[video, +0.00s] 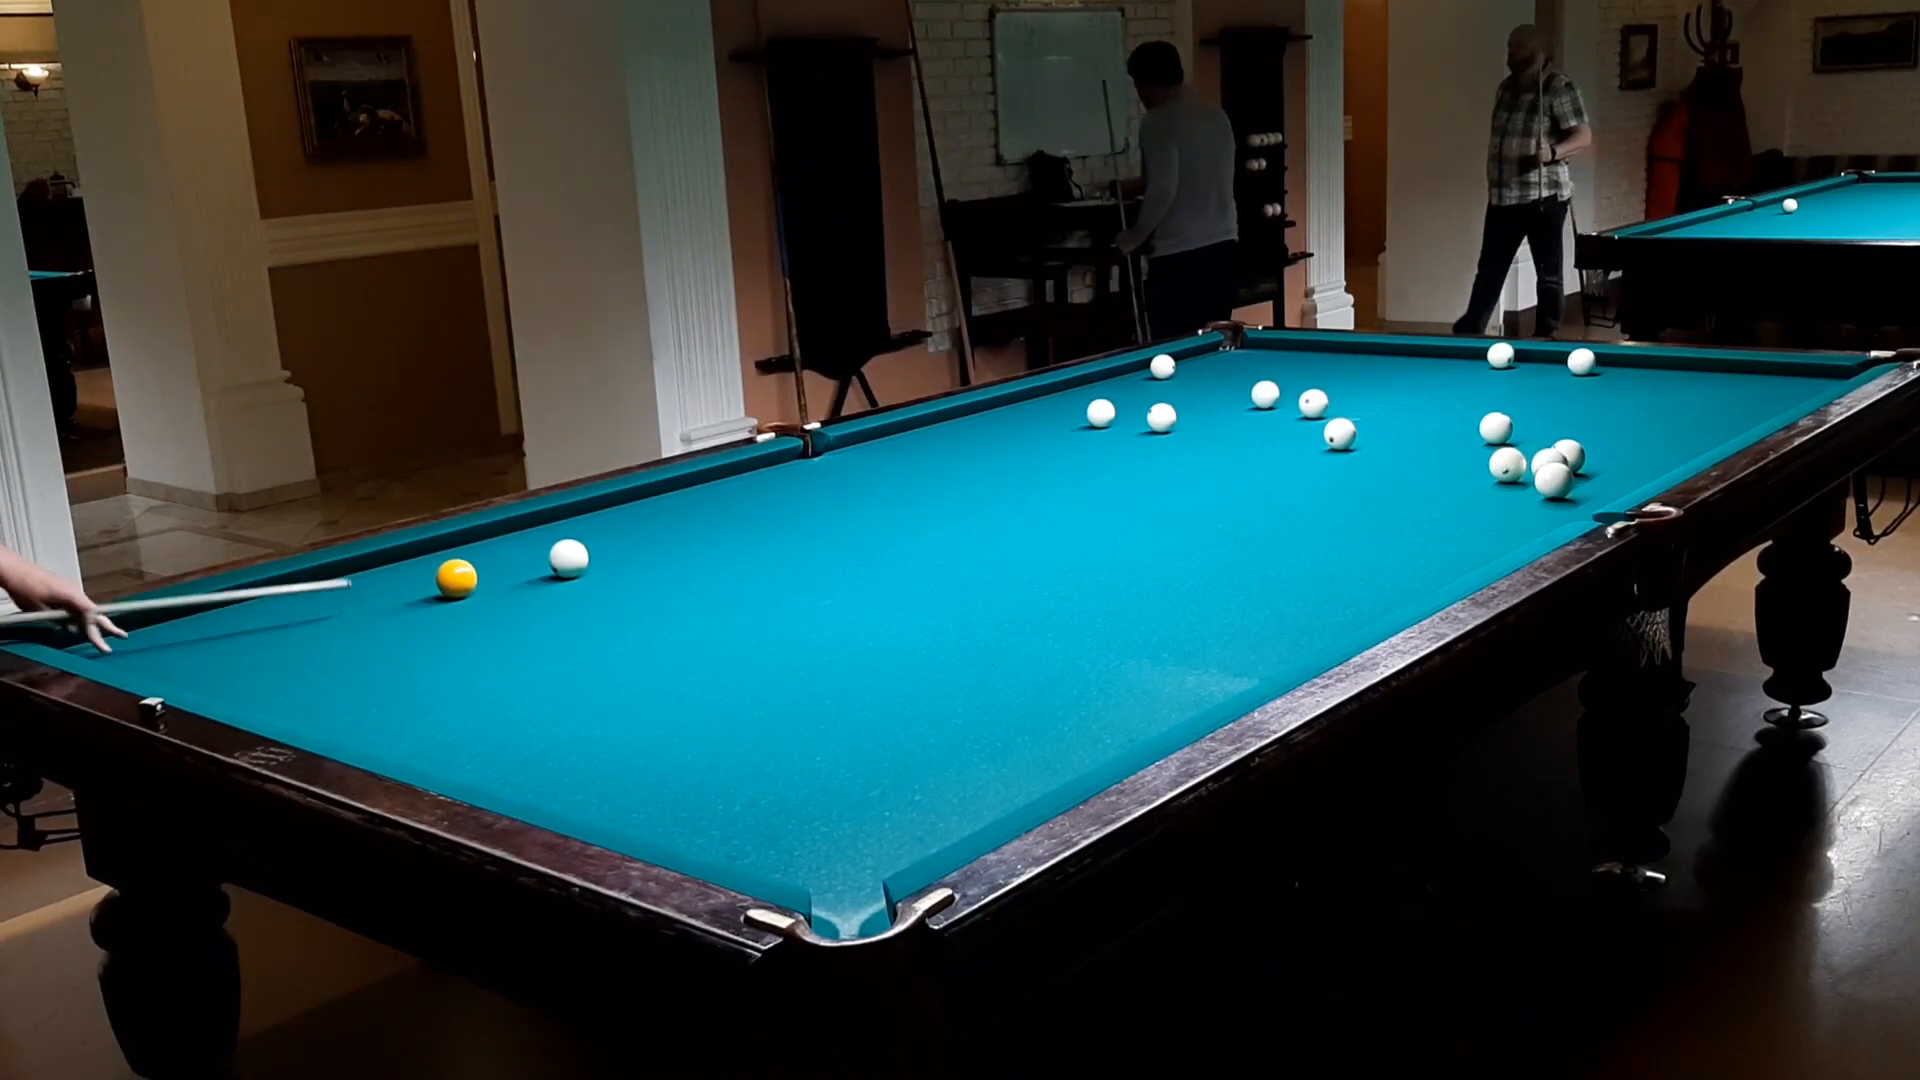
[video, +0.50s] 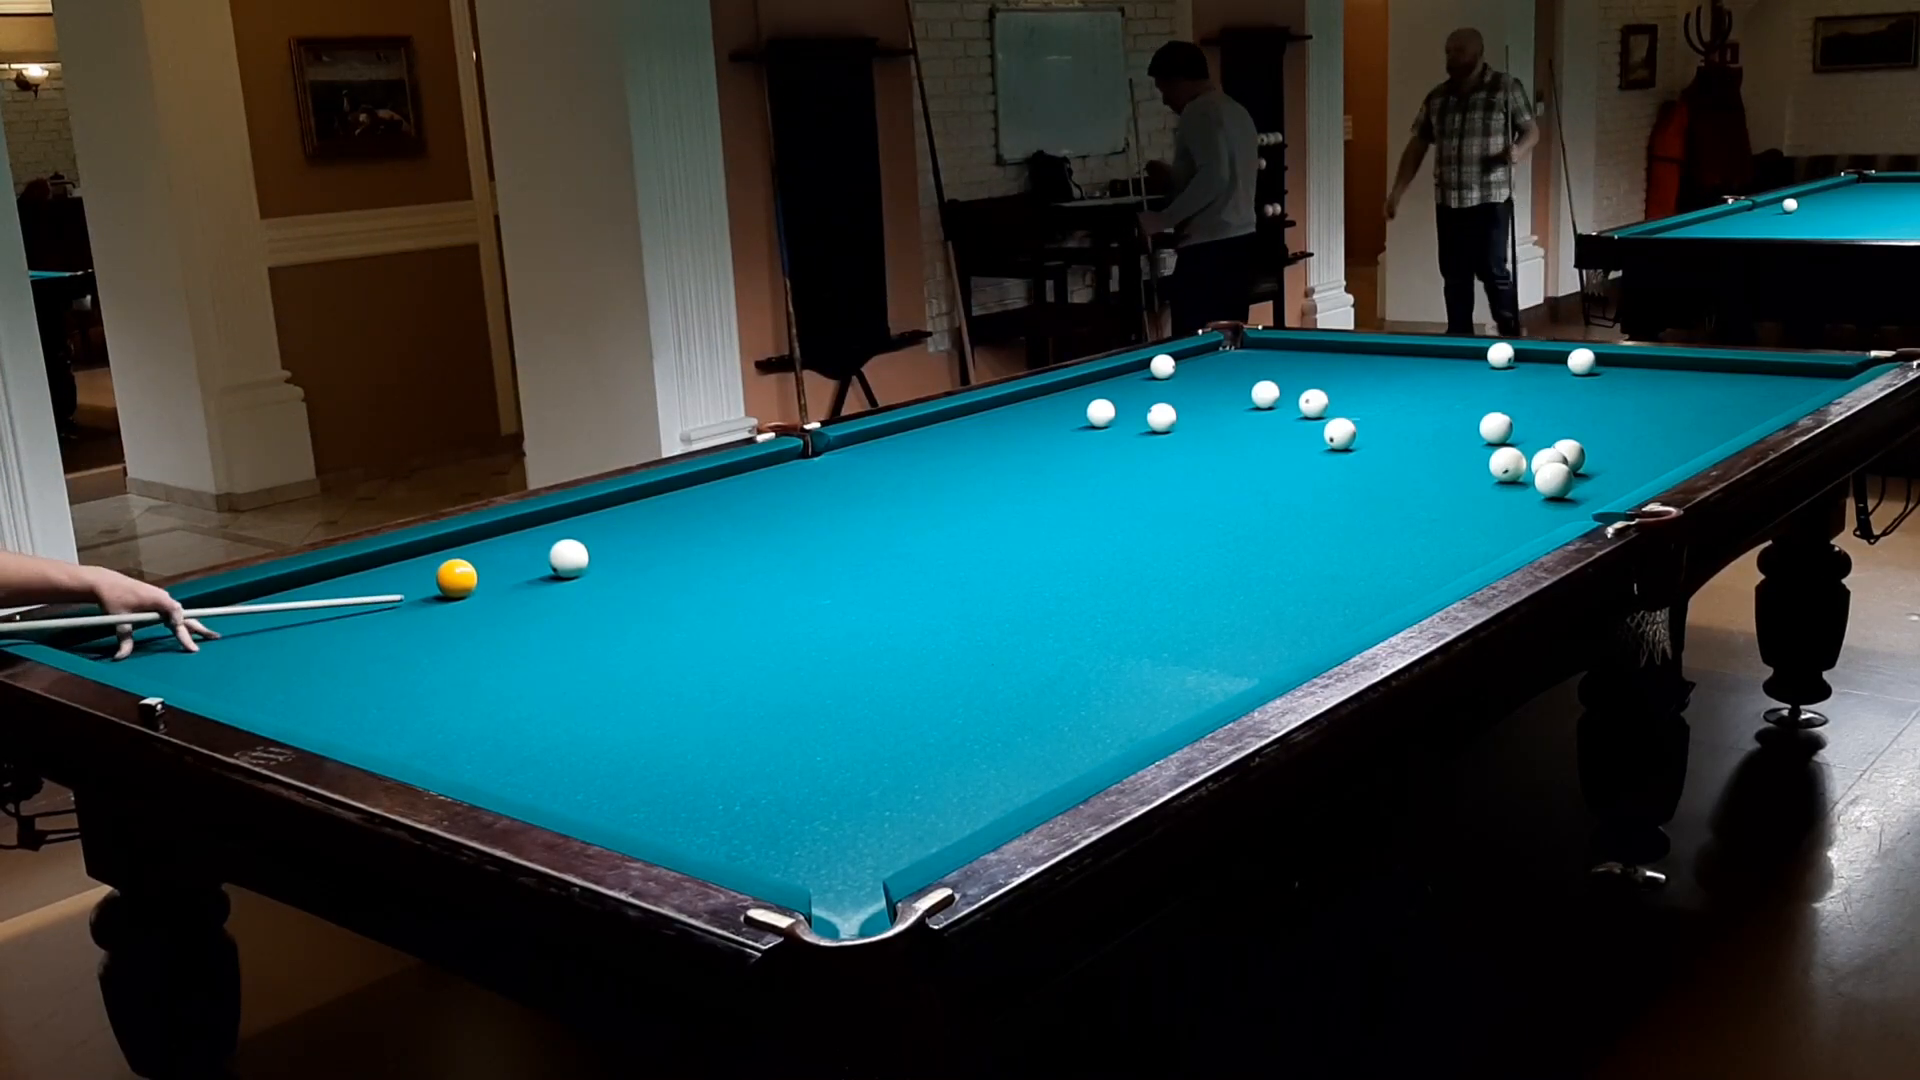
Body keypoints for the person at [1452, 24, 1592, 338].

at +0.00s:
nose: (1511, 53)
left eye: (1519, 47)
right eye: (1510, 47)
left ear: (1539, 51)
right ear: (1509, 50)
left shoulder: (1559, 87)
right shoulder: (1506, 88)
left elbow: (1583, 136)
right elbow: (1502, 136)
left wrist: (1554, 152)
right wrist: (1497, 177)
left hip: (1545, 196)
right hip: (1505, 196)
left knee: (1549, 272)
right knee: (1490, 269)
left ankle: (1545, 335)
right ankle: (1469, 332)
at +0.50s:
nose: (1450, 59)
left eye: (1457, 52)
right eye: (1448, 52)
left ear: (1477, 53)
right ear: (1446, 53)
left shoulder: (1506, 87)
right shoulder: (1437, 97)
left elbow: (1531, 131)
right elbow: (1416, 147)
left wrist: (1517, 150)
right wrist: (1395, 194)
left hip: (1492, 201)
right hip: (1450, 203)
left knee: (1494, 273)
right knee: (1455, 280)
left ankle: (1512, 340)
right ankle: (1459, 342)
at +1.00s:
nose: (1439, 58)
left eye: (1447, 52)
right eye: (1434, 52)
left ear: (1464, 55)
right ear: (1428, 55)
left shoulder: (1485, 94)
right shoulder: (1411, 95)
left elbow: (1497, 141)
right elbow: (1393, 145)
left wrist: (1495, 185)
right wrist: (1409, 179)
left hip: (1465, 205)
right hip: (1422, 205)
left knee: (1454, 278)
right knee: (1419, 274)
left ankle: (1447, 345)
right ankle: (1438, 339)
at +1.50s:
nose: (1439, 59)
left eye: (1444, 53)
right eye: (1430, 53)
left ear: (1452, 57)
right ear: (1415, 57)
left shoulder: (1453, 99)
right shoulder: (1399, 94)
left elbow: (1456, 155)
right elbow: (1380, 149)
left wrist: (1463, 198)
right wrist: (1414, 186)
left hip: (1449, 212)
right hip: (1412, 211)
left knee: (1443, 289)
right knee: (1402, 285)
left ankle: (1436, 355)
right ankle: (1380, 350)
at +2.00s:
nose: (1422, 64)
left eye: (1421, 57)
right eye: (1415, 57)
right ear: (1392, 61)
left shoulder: (1409, 99)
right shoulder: (1374, 102)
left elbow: (1409, 155)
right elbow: (1368, 161)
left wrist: (1439, 167)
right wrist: (1417, 176)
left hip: (1410, 212)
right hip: (1383, 211)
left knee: (1416, 286)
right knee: (1377, 289)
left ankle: (1427, 349)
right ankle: (1370, 353)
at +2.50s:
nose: (1407, 70)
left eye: (1406, 63)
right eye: (1401, 63)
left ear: (1383, 68)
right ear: (1380, 68)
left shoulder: (1395, 105)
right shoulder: (1358, 109)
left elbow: (1390, 156)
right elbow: (1348, 169)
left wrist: (1418, 161)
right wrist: (1399, 172)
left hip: (1389, 218)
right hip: (1364, 217)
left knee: (1402, 291)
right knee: (1366, 294)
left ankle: (1424, 351)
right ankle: (1367, 358)